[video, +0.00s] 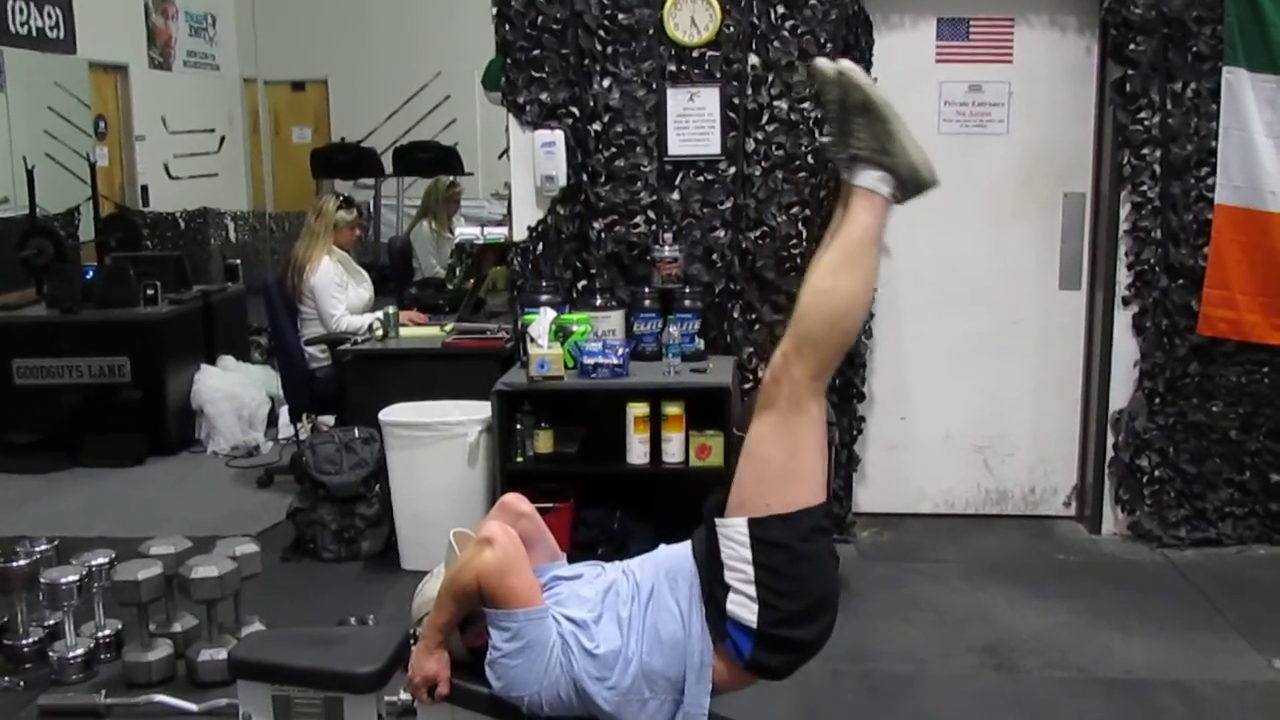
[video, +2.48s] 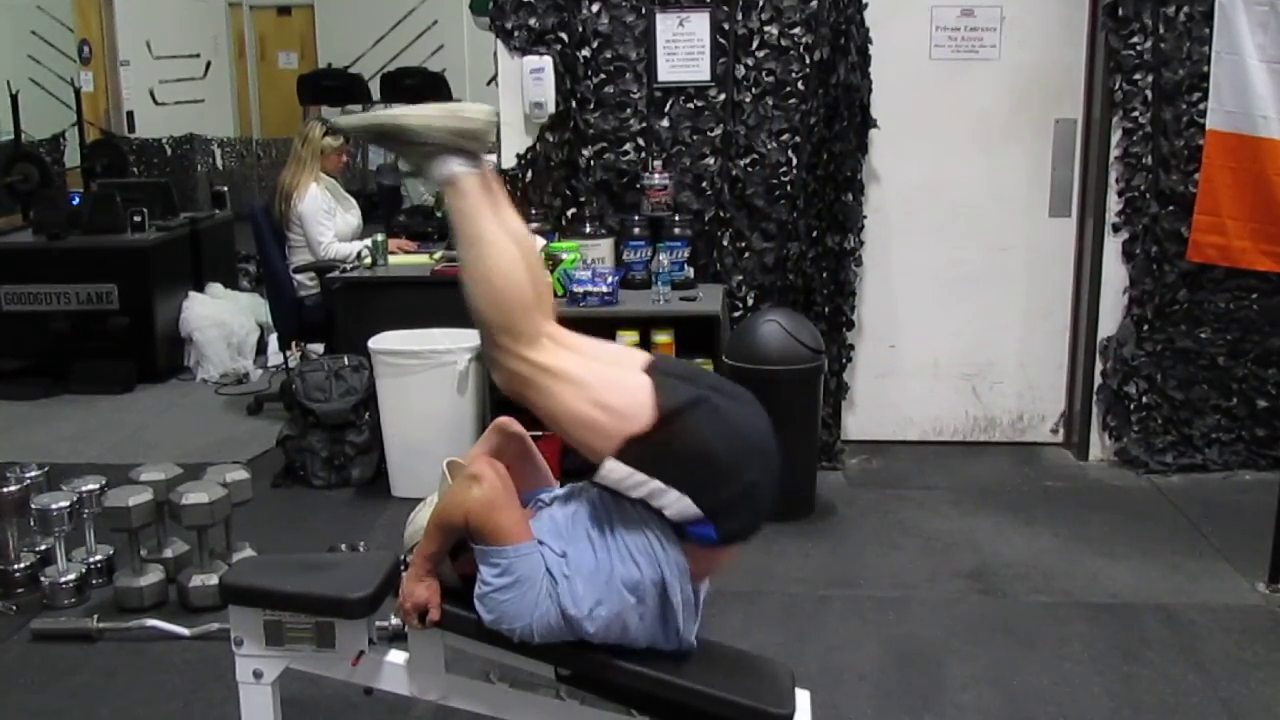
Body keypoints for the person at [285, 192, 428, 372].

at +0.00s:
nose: (358, 234)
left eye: (358, 228)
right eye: (352, 228)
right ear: (332, 228)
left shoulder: (336, 260)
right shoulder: (323, 266)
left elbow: (347, 317)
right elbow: (336, 324)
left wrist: (392, 315)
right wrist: (391, 318)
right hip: (329, 363)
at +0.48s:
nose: (349, 194)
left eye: (350, 187)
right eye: (344, 188)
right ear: (324, 188)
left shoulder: (328, 219)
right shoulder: (314, 226)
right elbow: (329, 284)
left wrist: (383, 275)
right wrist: (382, 277)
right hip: (321, 325)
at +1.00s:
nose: (345, 175)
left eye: (346, 168)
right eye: (339, 168)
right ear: (319, 168)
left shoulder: (324, 200)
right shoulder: (311, 206)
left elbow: (336, 258)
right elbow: (324, 265)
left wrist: (382, 257)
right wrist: (380, 259)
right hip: (318, 306)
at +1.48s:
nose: (344, 164)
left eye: (345, 158)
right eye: (339, 158)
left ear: (324, 159)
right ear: (319, 158)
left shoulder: (322, 190)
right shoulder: (310, 195)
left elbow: (334, 247)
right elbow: (325, 254)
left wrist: (379, 247)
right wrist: (378, 248)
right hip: (317, 295)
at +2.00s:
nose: (344, 160)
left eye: (345, 153)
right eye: (338, 154)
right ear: (318, 154)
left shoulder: (323, 186)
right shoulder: (310, 192)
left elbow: (334, 244)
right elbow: (325, 251)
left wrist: (380, 243)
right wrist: (379, 245)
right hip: (317, 290)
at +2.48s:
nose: (345, 160)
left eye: (346, 154)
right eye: (339, 154)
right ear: (319, 155)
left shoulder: (324, 187)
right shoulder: (311, 192)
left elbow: (336, 243)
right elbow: (325, 251)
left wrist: (381, 243)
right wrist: (380, 246)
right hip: (319, 292)